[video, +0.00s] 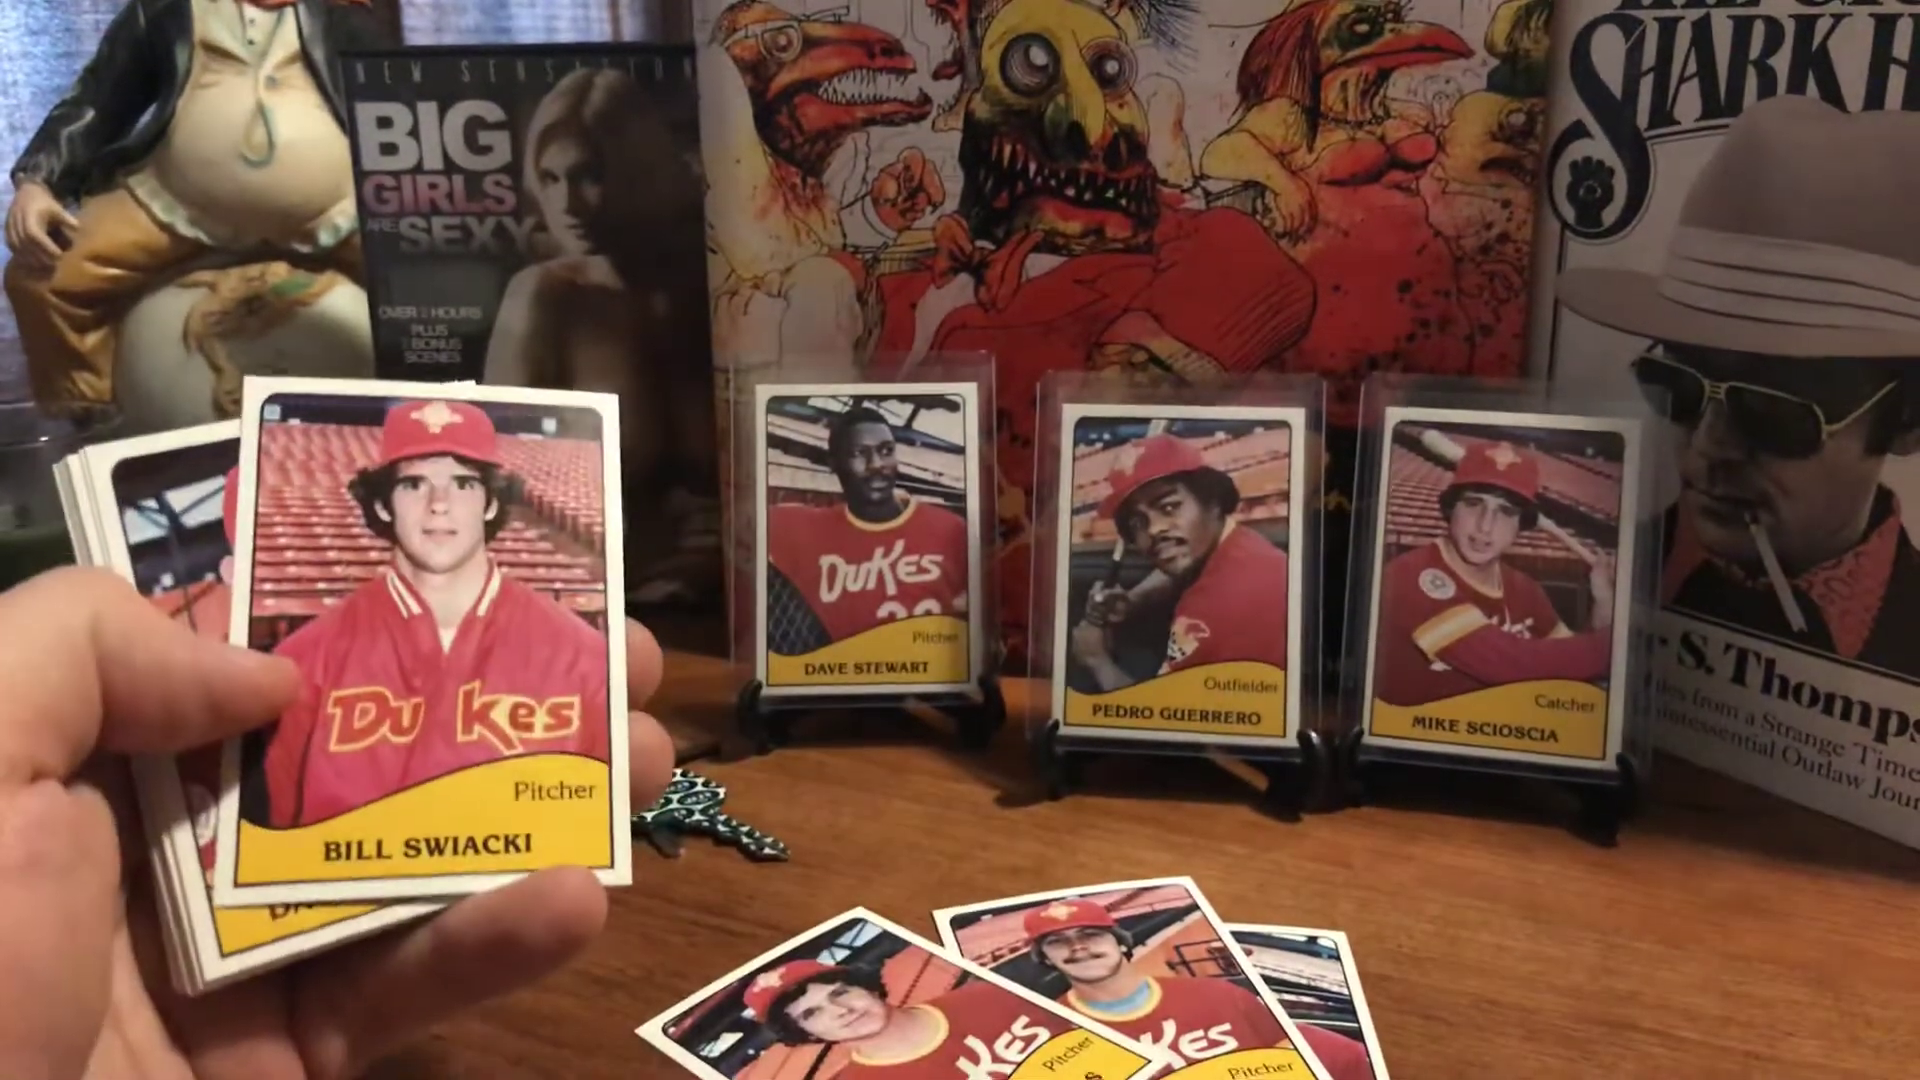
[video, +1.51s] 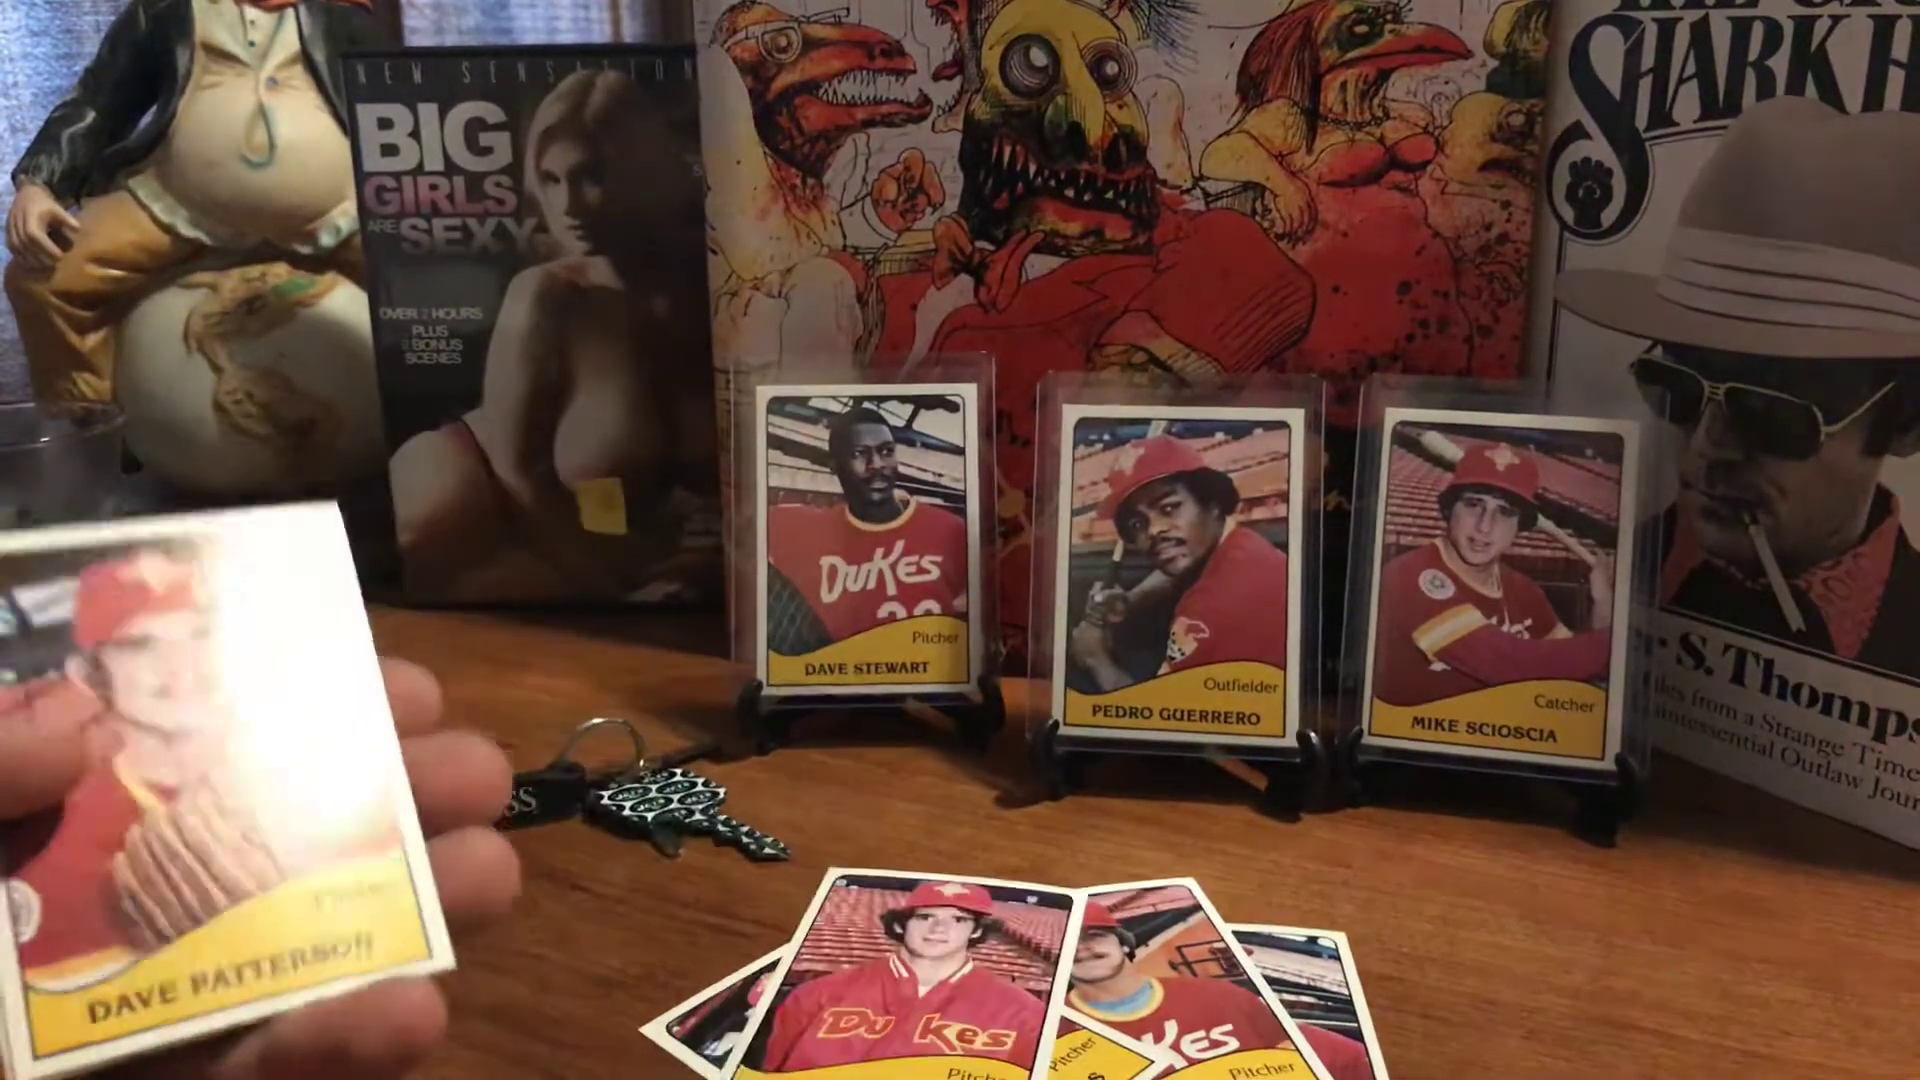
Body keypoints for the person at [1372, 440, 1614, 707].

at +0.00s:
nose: (1485, 525)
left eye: (1505, 511)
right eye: (1473, 503)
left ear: (1520, 525)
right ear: (1450, 507)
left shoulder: (1523, 590)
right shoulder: (1414, 576)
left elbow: (1578, 670)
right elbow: (1504, 664)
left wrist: (1604, 606)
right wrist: (1617, 640)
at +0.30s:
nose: (1485, 527)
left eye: (1504, 513)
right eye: (1474, 506)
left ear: (1520, 527)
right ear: (1450, 509)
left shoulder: (1523, 591)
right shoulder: (1414, 578)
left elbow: (1577, 671)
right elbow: (1505, 665)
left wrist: (1604, 607)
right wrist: (1616, 643)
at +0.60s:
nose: (1485, 527)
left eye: (1504, 513)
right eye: (1474, 506)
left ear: (1520, 527)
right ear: (1450, 510)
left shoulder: (1522, 592)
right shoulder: (1413, 578)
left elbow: (1576, 674)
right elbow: (1505, 665)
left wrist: (1603, 608)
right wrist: (1618, 640)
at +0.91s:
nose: (1485, 525)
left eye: (1504, 511)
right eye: (1474, 504)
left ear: (1519, 526)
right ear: (1450, 509)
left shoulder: (1523, 590)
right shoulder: (1413, 576)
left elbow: (1576, 671)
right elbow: (1504, 663)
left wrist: (1603, 606)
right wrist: (1617, 640)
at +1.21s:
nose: (1484, 525)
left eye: (1504, 511)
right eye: (1473, 504)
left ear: (1519, 526)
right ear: (1450, 508)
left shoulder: (1523, 591)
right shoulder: (1413, 577)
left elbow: (1576, 673)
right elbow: (1505, 663)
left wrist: (1603, 606)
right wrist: (1616, 640)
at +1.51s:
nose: (1484, 526)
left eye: (1504, 512)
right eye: (1474, 504)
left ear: (1519, 527)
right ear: (1449, 508)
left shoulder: (1522, 591)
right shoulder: (1413, 577)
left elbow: (1578, 667)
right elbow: (1503, 663)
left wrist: (1603, 606)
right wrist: (1616, 640)